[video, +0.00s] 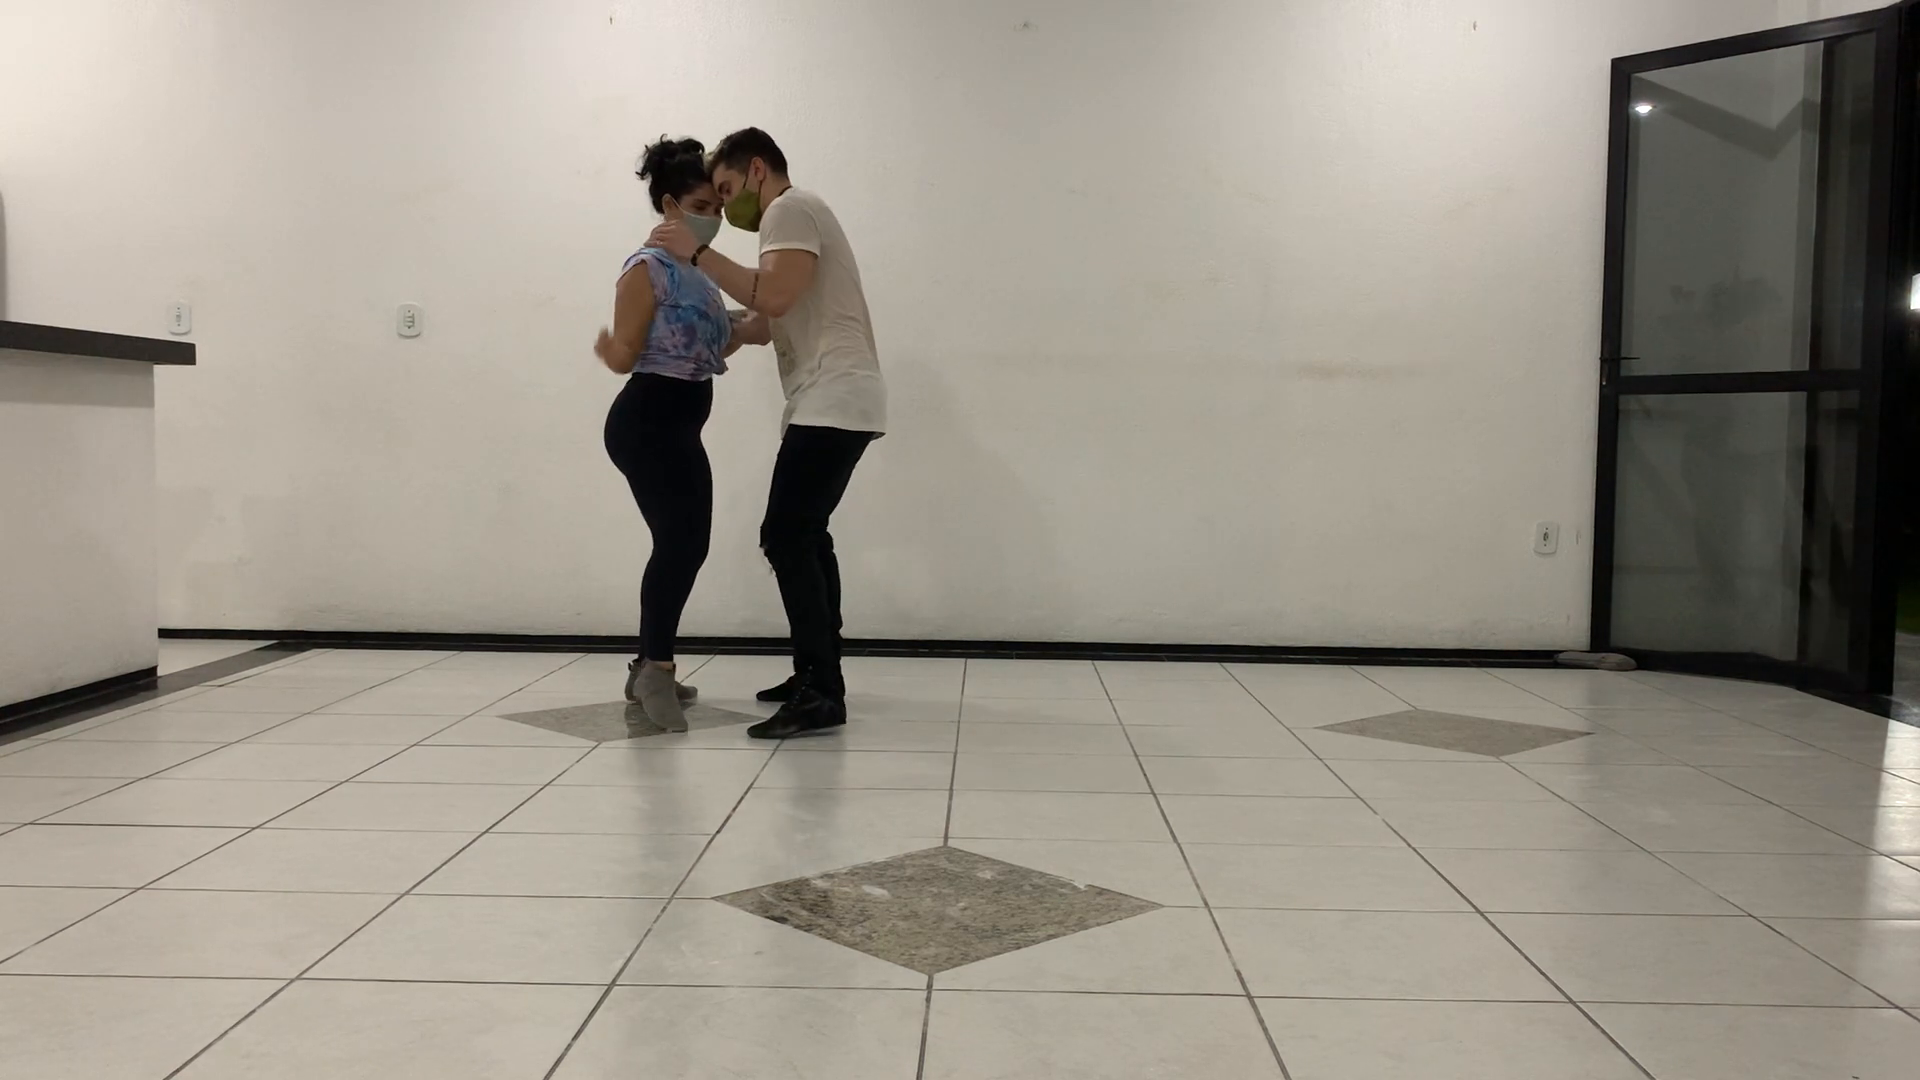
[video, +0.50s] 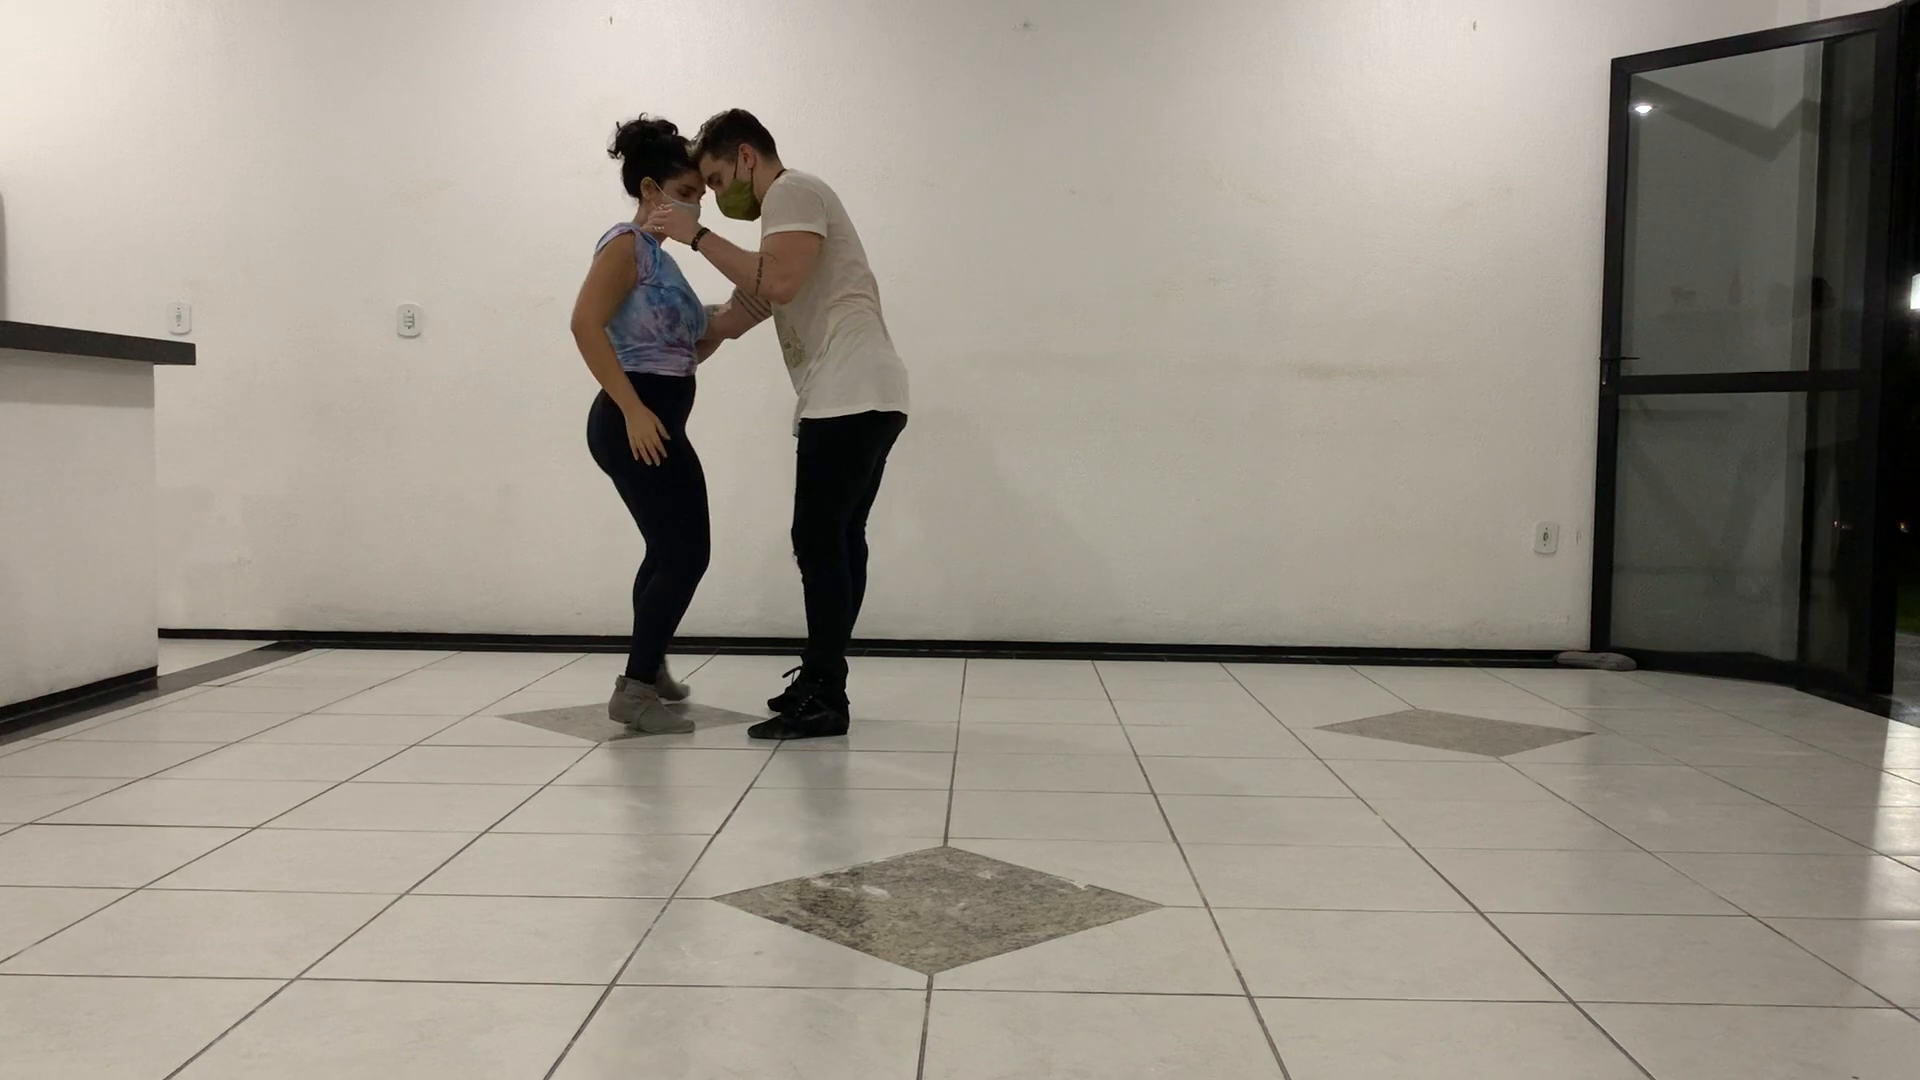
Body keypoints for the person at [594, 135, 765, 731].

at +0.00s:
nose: (712, 219)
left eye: (716, 206)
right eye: (698, 206)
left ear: (718, 203)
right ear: (666, 207)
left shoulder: (699, 274)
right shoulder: (646, 272)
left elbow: (705, 346)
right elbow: (622, 358)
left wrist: (748, 330)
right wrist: (606, 343)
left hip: (680, 423)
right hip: (645, 421)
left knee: (690, 544)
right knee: (675, 543)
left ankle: (652, 665)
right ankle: (654, 672)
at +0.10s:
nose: (712, 212)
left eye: (715, 199)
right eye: (698, 200)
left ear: (717, 198)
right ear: (664, 202)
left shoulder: (693, 268)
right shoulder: (644, 268)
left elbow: (709, 334)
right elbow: (623, 348)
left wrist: (755, 324)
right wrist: (618, 394)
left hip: (684, 420)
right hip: (649, 419)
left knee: (691, 545)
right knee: (669, 547)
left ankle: (651, 667)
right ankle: (650, 679)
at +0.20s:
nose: (711, 205)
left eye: (713, 193)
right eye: (698, 194)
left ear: (710, 194)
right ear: (663, 195)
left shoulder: (687, 264)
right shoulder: (641, 264)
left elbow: (699, 344)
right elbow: (622, 351)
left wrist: (743, 322)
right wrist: (626, 424)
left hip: (683, 417)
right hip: (653, 417)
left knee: (688, 545)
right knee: (667, 549)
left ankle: (654, 668)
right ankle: (643, 685)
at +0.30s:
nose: (706, 201)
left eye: (708, 190)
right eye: (693, 191)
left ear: (707, 188)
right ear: (658, 192)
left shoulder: (682, 259)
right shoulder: (635, 259)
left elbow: (695, 347)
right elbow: (610, 349)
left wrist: (737, 325)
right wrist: (627, 428)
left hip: (679, 412)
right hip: (651, 413)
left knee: (683, 549)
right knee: (671, 553)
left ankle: (654, 669)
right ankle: (636, 689)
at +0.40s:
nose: (703, 205)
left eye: (704, 194)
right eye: (693, 193)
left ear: (681, 197)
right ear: (658, 194)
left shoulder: (671, 260)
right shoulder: (630, 253)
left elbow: (693, 348)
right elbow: (597, 340)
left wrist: (741, 318)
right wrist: (633, 425)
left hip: (672, 414)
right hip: (644, 415)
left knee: (687, 548)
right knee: (680, 548)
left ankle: (654, 661)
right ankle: (636, 686)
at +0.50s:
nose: (698, 203)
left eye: (698, 192)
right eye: (689, 191)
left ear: (670, 194)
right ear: (653, 191)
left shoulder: (657, 257)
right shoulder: (625, 248)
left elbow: (688, 346)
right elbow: (585, 325)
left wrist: (741, 311)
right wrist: (633, 409)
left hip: (659, 413)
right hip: (636, 415)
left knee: (678, 548)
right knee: (681, 548)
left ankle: (648, 668)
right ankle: (636, 685)